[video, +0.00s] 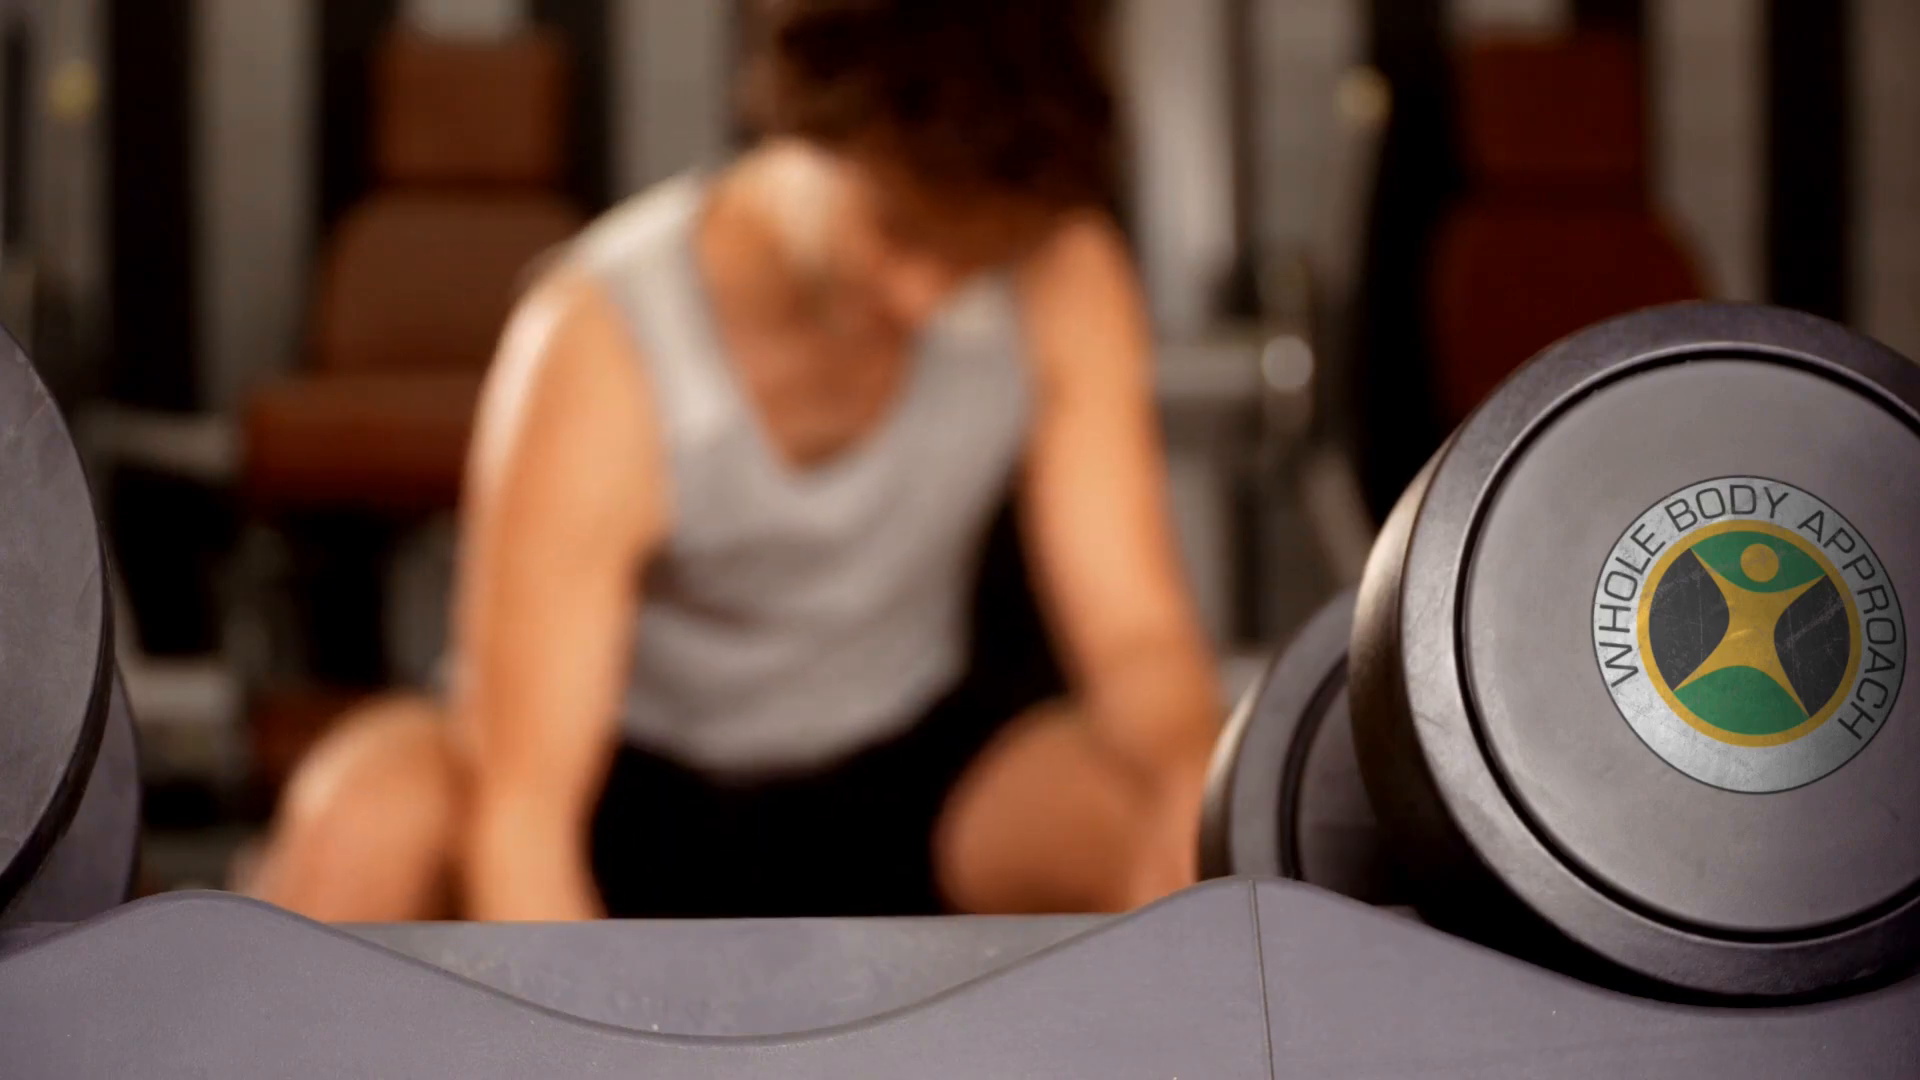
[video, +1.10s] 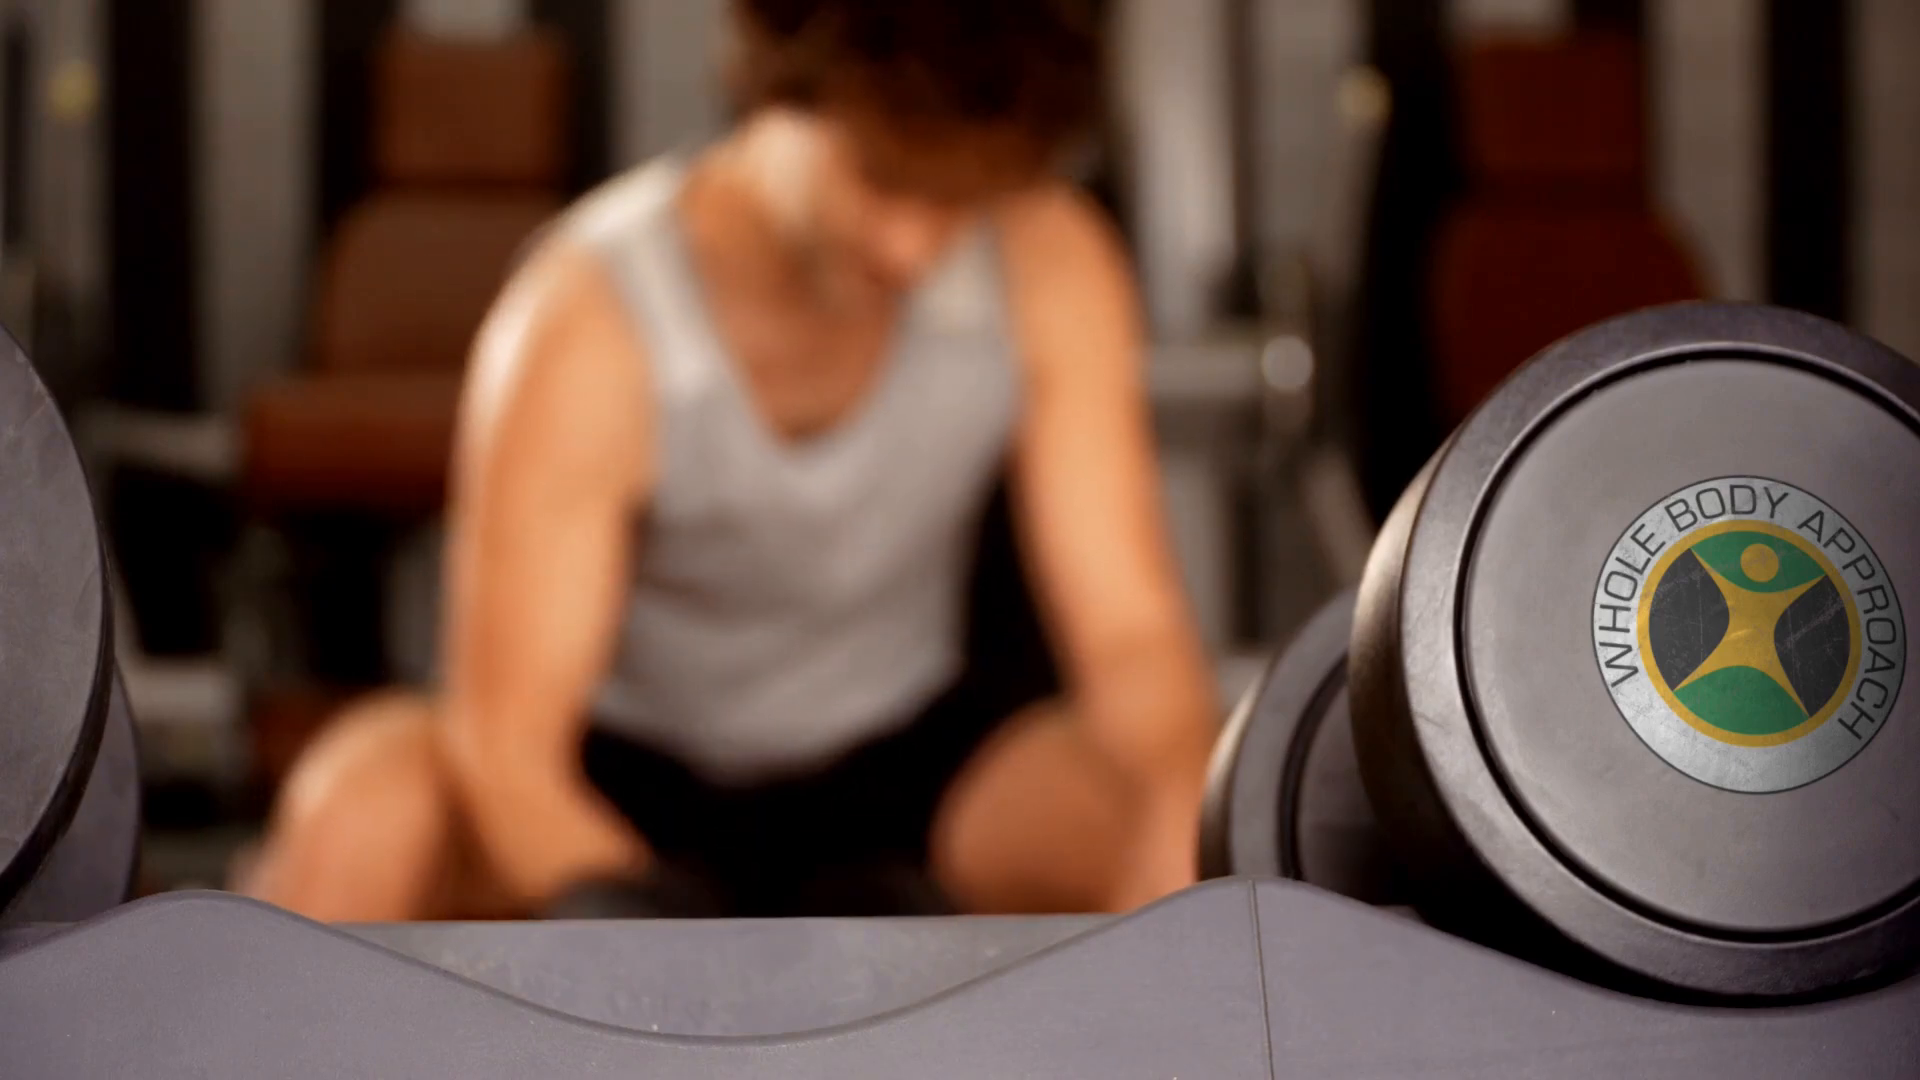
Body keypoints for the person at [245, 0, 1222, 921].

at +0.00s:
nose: (924, 302)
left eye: (978, 258)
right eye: (896, 238)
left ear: (1034, 213)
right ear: (806, 139)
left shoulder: (1056, 269)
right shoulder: (596, 340)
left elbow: (1137, 643)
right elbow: (523, 809)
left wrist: (1215, 826)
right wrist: (596, 1064)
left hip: (902, 782)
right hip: (627, 794)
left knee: (1194, 816)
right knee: (365, 800)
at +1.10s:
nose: (917, 247)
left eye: (966, 201)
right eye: (885, 186)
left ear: (1012, 161)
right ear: (784, 97)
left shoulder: (1045, 255)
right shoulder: (588, 310)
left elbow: (1130, 639)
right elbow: (506, 753)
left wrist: (1187, 852)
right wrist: (677, 961)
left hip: (903, 768)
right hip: (624, 779)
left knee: (1193, 817)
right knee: (362, 794)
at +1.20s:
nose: (910, 235)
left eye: (961, 187)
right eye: (876, 171)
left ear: (1013, 155)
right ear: (780, 81)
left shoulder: (1042, 256)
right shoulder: (571, 308)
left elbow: (1135, 642)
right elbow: (509, 750)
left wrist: (1183, 842)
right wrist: (732, 870)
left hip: (907, 786)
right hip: (625, 792)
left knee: (1202, 781)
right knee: (368, 797)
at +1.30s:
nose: (907, 231)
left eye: (957, 183)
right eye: (873, 166)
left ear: (1010, 151)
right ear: (778, 77)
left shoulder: (1036, 257)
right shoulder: (556, 308)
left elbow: (1134, 641)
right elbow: (516, 733)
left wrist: (1183, 840)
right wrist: (850, 822)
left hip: (899, 803)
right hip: (623, 798)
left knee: (1188, 784)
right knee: (374, 789)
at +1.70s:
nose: (864, 231)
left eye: (910, 181)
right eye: (829, 168)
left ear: (959, 146)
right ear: (725, 89)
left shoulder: (999, 257)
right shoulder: (477, 320)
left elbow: (1120, 633)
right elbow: (523, 746)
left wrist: (1186, 883)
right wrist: (747, 691)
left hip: (895, 787)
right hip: (600, 796)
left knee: (1167, 811)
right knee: (372, 810)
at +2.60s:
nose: (872, 205)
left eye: (920, 157)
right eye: (838, 145)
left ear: (977, 121)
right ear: (740, 67)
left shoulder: (1017, 249)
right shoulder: (513, 316)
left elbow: (1123, 632)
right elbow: (528, 753)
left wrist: (1172, 864)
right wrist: (846, 749)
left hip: (888, 809)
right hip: (610, 818)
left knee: (1182, 790)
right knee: (371, 781)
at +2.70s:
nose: (874, 205)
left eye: (923, 159)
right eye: (842, 144)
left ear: (981, 128)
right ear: (748, 68)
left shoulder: (1029, 252)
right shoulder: (529, 325)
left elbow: (1123, 633)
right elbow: (516, 758)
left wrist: (1162, 863)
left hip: (909, 776)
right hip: (627, 784)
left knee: (1197, 787)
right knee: (358, 796)